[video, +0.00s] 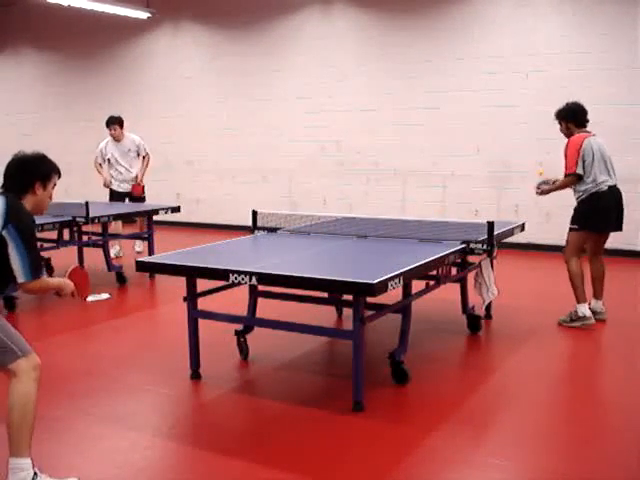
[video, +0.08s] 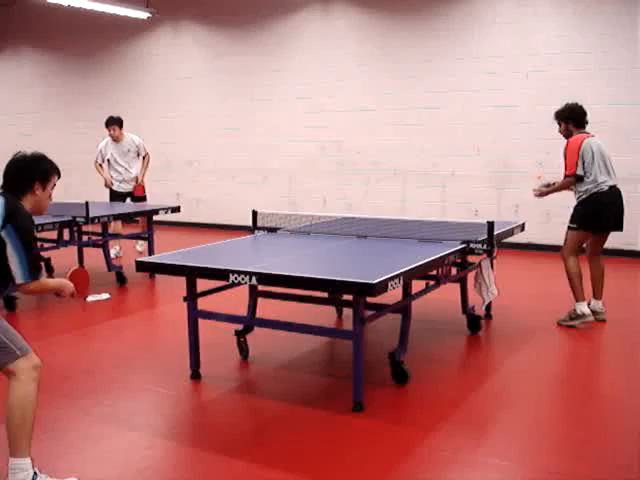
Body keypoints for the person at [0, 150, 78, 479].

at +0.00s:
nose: (52, 196)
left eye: (53, 188)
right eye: (51, 188)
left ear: (25, 185)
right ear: (36, 187)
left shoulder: (7, 210)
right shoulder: (15, 218)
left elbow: (25, 279)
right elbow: (28, 283)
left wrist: (51, 281)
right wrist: (58, 283)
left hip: (1, 314)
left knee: (23, 365)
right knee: (26, 366)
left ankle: (20, 466)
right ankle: (20, 469)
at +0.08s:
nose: (51, 197)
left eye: (52, 190)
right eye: (50, 189)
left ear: (25, 186)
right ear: (35, 187)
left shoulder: (8, 210)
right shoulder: (15, 218)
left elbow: (20, 279)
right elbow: (25, 283)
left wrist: (50, 283)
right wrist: (56, 284)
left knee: (22, 366)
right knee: (26, 367)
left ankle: (20, 466)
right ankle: (20, 469)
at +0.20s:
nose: (50, 195)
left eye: (50, 187)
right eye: (48, 187)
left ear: (25, 185)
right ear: (33, 186)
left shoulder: (8, 213)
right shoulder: (13, 217)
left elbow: (14, 281)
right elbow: (16, 285)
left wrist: (51, 290)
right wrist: (57, 290)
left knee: (19, 366)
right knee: (24, 367)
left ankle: (20, 466)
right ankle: (20, 469)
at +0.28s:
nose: (49, 195)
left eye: (49, 187)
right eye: (47, 186)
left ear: (25, 186)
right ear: (31, 186)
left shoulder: (9, 215)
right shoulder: (12, 218)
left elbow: (11, 282)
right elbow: (7, 284)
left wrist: (51, 296)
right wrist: (52, 297)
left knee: (15, 366)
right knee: (17, 366)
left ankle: (19, 467)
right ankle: (19, 469)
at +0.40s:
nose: (48, 195)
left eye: (49, 187)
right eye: (47, 187)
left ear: (25, 187)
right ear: (30, 187)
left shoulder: (8, 215)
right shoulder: (10, 218)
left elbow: (8, 283)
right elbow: (6, 284)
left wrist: (47, 298)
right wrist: (48, 300)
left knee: (14, 366)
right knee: (15, 366)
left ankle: (18, 466)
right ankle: (18, 469)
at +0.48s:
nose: (48, 195)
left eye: (49, 188)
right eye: (46, 188)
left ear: (25, 187)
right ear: (30, 188)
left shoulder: (8, 215)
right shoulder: (10, 219)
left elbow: (7, 282)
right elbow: (5, 283)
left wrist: (42, 298)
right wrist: (43, 301)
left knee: (14, 366)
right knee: (15, 366)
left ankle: (18, 467)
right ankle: (18, 469)